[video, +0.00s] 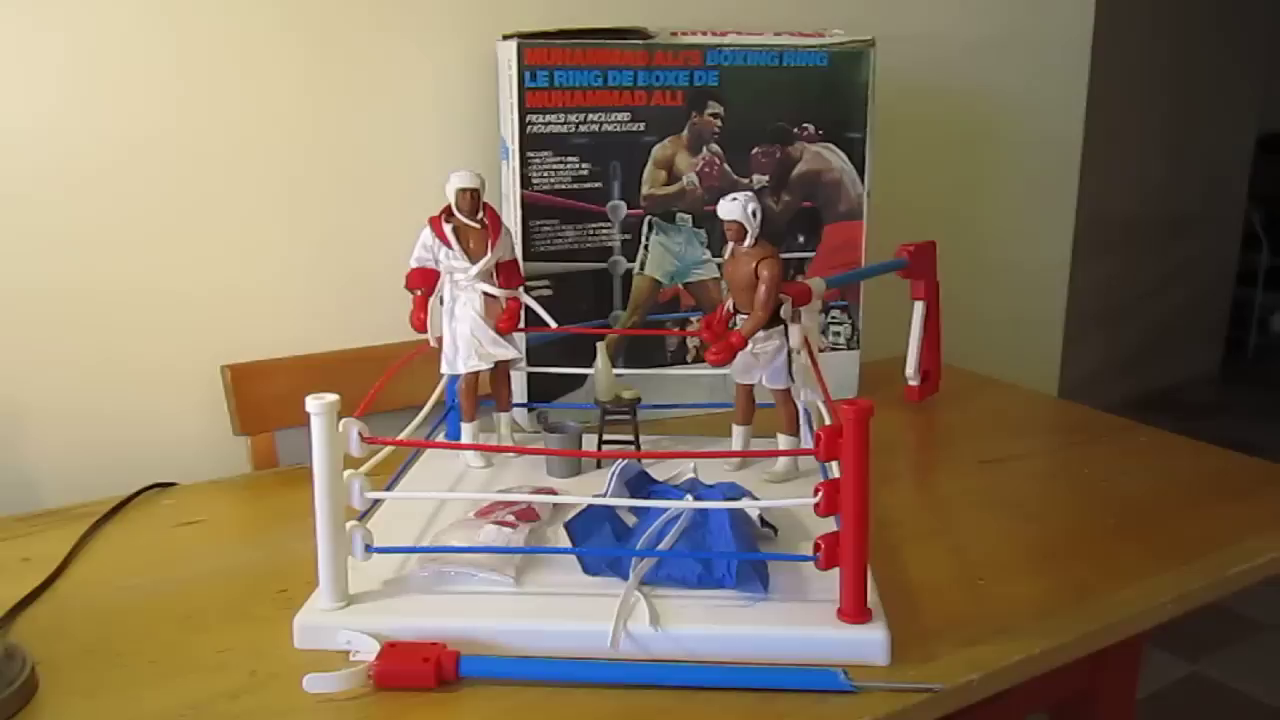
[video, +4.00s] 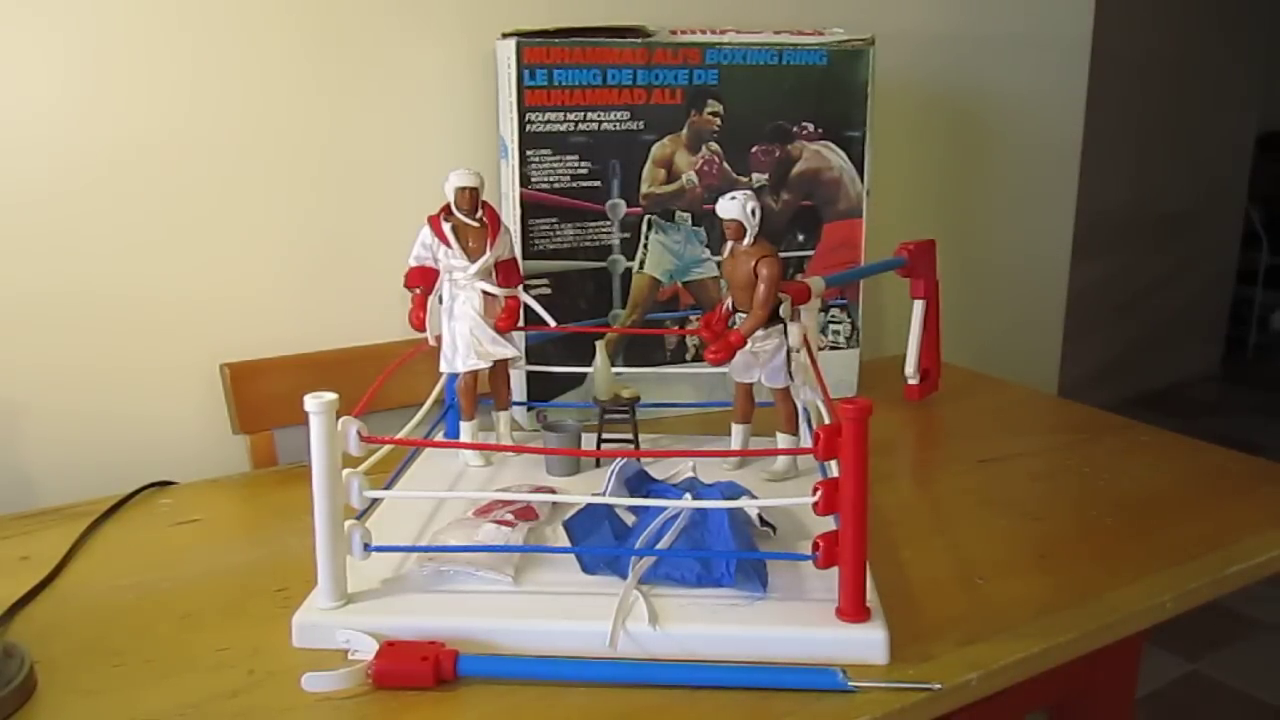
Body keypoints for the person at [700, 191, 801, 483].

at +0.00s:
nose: (726, 230)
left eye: (731, 225)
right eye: (724, 224)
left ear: (748, 225)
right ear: (725, 225)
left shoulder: (767, 261)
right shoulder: (731, 252)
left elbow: (762, 313)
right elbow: (735, 292)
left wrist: (737, 340)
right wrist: (721, 316)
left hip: (770, 333)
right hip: (743, 330)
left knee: (780, 392)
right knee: (743, 387)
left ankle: (788, 457)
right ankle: (739, 450)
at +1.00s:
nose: (725, 229)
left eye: (730, 224)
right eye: (723, 223)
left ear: (748, 224)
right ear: (724, 224)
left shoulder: (767, 262)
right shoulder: (731, 251)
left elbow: (761, 314)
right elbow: (734, 292)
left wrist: (736, 339)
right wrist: (720, 317)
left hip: (769, 334)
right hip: (743, 331)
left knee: (780, 392)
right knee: (742, 388)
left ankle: (787, 457)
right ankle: (738, 451)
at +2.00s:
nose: (725, 228)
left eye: (730, 223)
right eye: (723, 223)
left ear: (748, 223)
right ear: (724, 223)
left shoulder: (767, 263)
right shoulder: (731, 250)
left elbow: (761, 314)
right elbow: (735, 292)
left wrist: (736, 340)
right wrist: (719, 318)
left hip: (768, 333)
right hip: (742, 329)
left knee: (780, 392)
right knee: (742, 387)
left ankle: (787, 457)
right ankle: (737, 450)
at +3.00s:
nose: (726, 227)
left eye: (731, 222)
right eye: (724, 222)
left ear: (748, 222)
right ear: (723, 222)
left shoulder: (767, 262)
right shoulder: (730, 249)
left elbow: (761, 314)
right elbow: (734, 293)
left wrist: (735, 340)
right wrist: (720, 319)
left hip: (768, 333)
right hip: (743, 329)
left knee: (780, 391)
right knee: (742, 387)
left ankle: (787, 457)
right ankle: (737, 450)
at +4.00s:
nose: (725, 228)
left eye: (730, 223)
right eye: (723, 222)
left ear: (748, 223)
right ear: (723, 223)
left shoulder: (767, 261)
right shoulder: (729, 250)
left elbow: (761, 313)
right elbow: (734, 291)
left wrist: (736, 338)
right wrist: (719, 315)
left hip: (769, 332)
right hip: (742, 329)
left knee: (780, 390)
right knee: (742, 386)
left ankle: (787, 456)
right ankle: (738, 450)